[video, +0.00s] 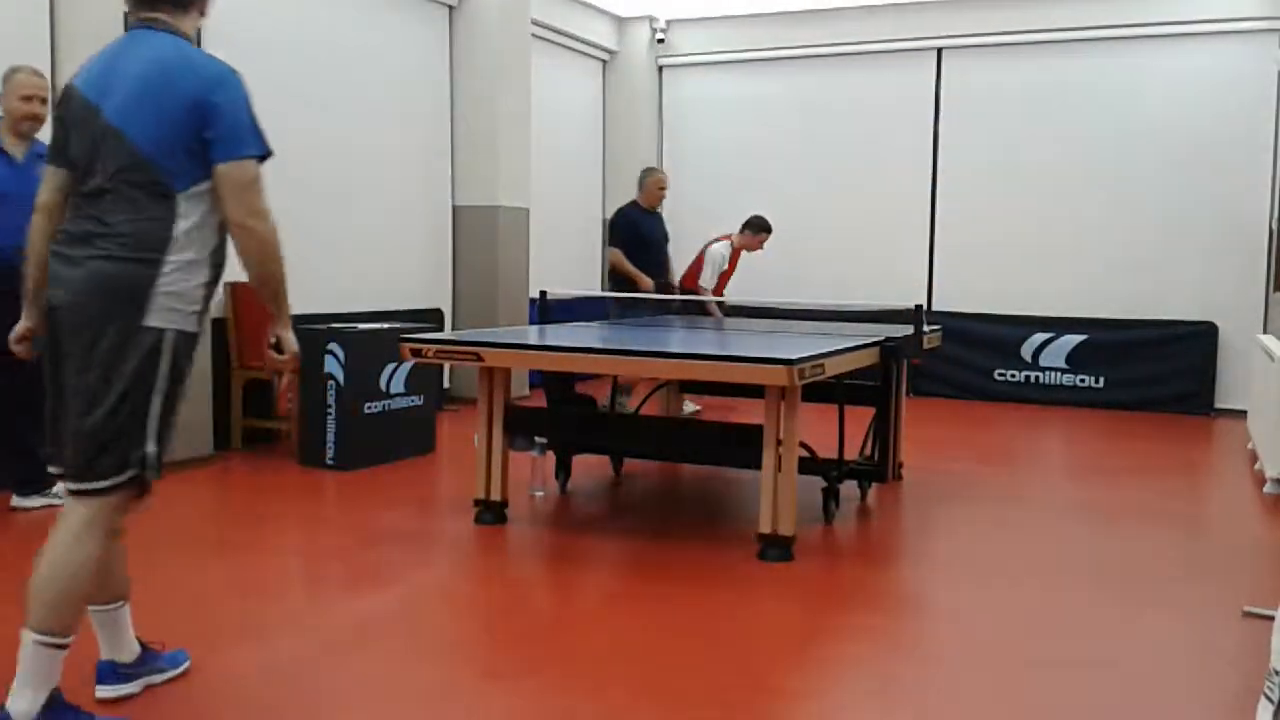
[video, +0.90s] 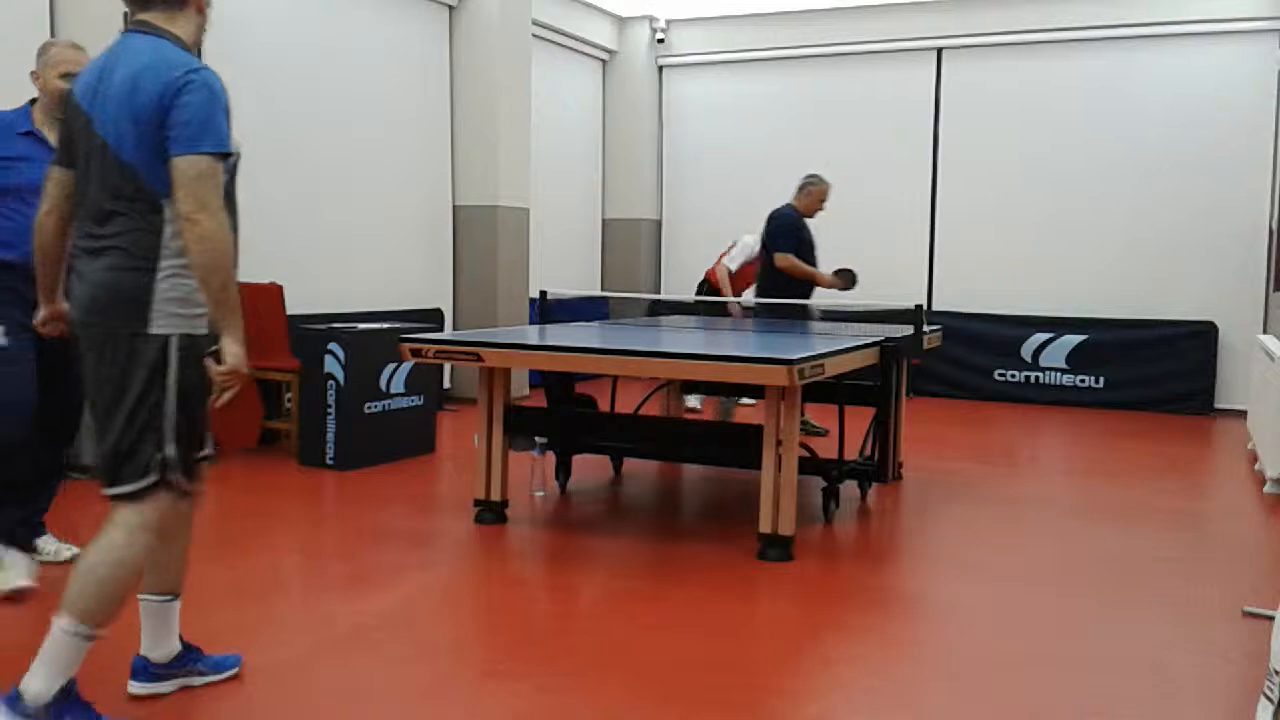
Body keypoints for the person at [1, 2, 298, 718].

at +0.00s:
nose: (209, 14)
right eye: (208, 7)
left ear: (130, 8)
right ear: (197, 7)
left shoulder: (88, 74)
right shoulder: (210, 79)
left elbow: (49, 204)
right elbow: (246, 218)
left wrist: (33, 307)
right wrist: (281, 315)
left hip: (70, 302)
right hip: (143, 311)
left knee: (102, 490)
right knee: (95, 500)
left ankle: (121, 657)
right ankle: (29, 699)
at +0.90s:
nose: (210, 19)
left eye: (205, 13)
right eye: (209, 12)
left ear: (134, 7)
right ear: (197, 9)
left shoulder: (92, 76)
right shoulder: (191, 82)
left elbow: (56, 202)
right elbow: (199, 216)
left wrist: (49, 294)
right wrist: (231, 329)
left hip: (108, 311)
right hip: (159, 319)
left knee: (178, 479)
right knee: (150, 499)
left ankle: (162, 653)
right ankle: (38, 694)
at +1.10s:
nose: (244, 17)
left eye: (240, 11)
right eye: (244, 10)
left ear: (169, 7)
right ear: (236, 9)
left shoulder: (132, 76)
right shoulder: (220, 81)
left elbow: (105, 212)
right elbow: (234, 214)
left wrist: (162, 265)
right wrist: (282, 317)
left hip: (141, 309)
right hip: (207, 309)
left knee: (178, 480)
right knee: (268, 470)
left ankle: (160, 650)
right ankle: (153, 642)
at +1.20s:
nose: (262, 20)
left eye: (257, 14)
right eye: (262, 13)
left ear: (190, 9)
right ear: (255, 12)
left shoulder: (151, 75)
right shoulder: (242, 83)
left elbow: (123, 205)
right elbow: (252, 212)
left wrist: (180, 259)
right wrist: (305, 312)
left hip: (154, 306)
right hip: (230, 306)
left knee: (177, 474)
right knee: (301, 459)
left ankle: (159, 654)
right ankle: (248, 652)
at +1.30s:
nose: (295, 26)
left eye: (291, 17)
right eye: (294, 17)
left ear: (225, 16)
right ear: (283, 17)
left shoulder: (180, 85)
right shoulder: (279, 88)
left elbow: (147, 207)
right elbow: (291, 213)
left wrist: (217, 240)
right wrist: (342, 316)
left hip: (184, 316)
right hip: (266, 317)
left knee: (185, 479)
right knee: (330, 466)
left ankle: (160, 654)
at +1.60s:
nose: (395, 40)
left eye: (389, 29)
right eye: (393, 29)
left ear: (329, 29)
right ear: (384, 30)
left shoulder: (281, 102)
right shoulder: (391, 110)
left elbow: (223, 204)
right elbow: (412, 231)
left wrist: (207, 220)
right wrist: (443, 336)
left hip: (288, 325)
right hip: (369, 327)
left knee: (260, 476)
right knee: (428, 464)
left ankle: (180, 629)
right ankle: (426, 629)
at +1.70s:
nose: (428, 39)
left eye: (422, 29)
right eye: (427, 28)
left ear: (363, 29)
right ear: (419, 30)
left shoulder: (314, 101)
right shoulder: (428, 108)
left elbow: (257, 212)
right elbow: (452, 230)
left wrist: (238, 231)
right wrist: (483, 336)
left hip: (322, 318)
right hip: (400, 322)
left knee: (327, 455)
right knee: (440, 458)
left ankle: (230, 583)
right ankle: (426, 631)